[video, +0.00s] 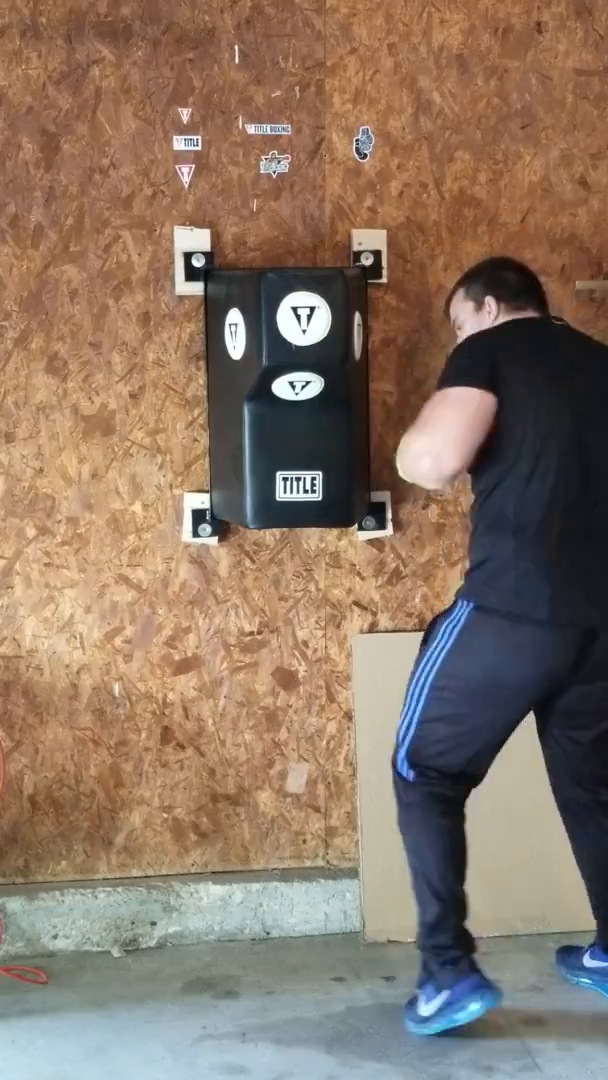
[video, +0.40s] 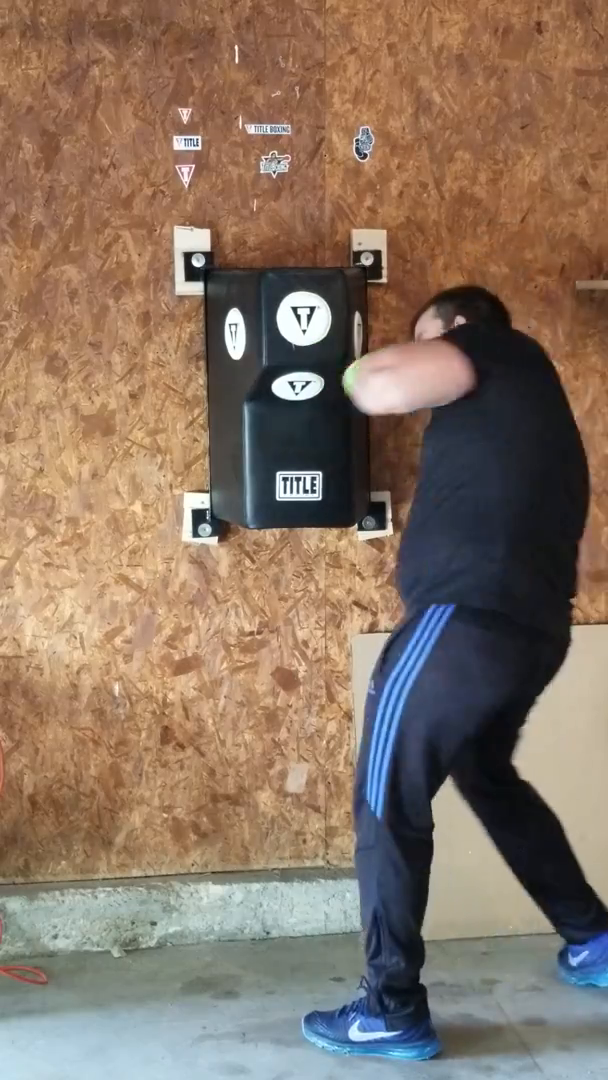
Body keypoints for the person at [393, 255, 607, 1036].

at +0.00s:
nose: (459, 337)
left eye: (460, 323)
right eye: (457, 326)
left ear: (487, 305)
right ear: (536, 305)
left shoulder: (489, 350)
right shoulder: (599, 359)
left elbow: (428, 463)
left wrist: (448, 431)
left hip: (516, 608)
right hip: (600, 616)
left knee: (426, 775)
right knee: (593, 791)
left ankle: (447, 970)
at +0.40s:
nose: (416, 347)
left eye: (423, 333)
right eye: (417, 336)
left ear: (455, 322)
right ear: (489, 325)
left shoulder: (484, 351)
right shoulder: (549, 404)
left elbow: (370, 388)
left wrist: (395, 357)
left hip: (463, 614)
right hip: (537, 626)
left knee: (387, 796)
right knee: (482, 766)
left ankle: (391, 1005)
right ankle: (592, 937)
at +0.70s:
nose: (396, 331)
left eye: (400, 311)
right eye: (392, 315)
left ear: (442, 298)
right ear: (445, 302)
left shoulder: (539, 359)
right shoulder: (445, 397)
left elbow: (564, 456)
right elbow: (423, 526)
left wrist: (458, 411)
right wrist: (375, 494)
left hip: (497, 610)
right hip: (453, 609)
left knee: (409, 791)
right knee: (462, 784)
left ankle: (393, 1003)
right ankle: (551, 952)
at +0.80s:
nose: (394, 340)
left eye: (394, 319)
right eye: (387, 325)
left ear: (435, 300)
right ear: (437, 306)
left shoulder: (535, 355)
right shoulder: (461, 388)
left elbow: (559, 465)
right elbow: (447, 517)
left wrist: (451, 430)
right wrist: (391, 478)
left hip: (498, 606)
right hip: (456, 603)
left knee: (403, 778)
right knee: (478, 774)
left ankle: (391, 997)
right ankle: (556, 952)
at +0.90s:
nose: (396, 330)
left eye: (396, 309)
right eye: (390, 314)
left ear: (433, 291)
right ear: (444, 291)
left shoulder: (515, 348)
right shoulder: (478, 365)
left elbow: (508, 467)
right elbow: (437, 490)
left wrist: (405, 425)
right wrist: (387, 427)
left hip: (482, 597)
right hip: (509, 599)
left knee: (389, 771)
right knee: (499, 767)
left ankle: (377, 986)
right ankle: (557, 951)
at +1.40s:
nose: (316, 329)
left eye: (313, 320)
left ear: (329, 312)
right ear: (405, 297)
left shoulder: (318, 357)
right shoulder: (494, 355)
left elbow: (244, 453)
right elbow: (496, 471)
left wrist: (314, 391)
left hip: (371, 623)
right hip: (487, 620)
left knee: (345, 826)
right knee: (522, 805)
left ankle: (321, 1021)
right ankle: (576, 986)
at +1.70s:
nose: (367, 307)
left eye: (367, 297)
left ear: (379, 296)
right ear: (461, 296)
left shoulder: (338, 353)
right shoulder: (530, 376)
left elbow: (231, 428)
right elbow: (489, 463)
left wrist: (277, 366)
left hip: (346, 649)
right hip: (471, 656)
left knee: (312, 824)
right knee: (492, 860)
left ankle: (277, 1023)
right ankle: (521, 1063)